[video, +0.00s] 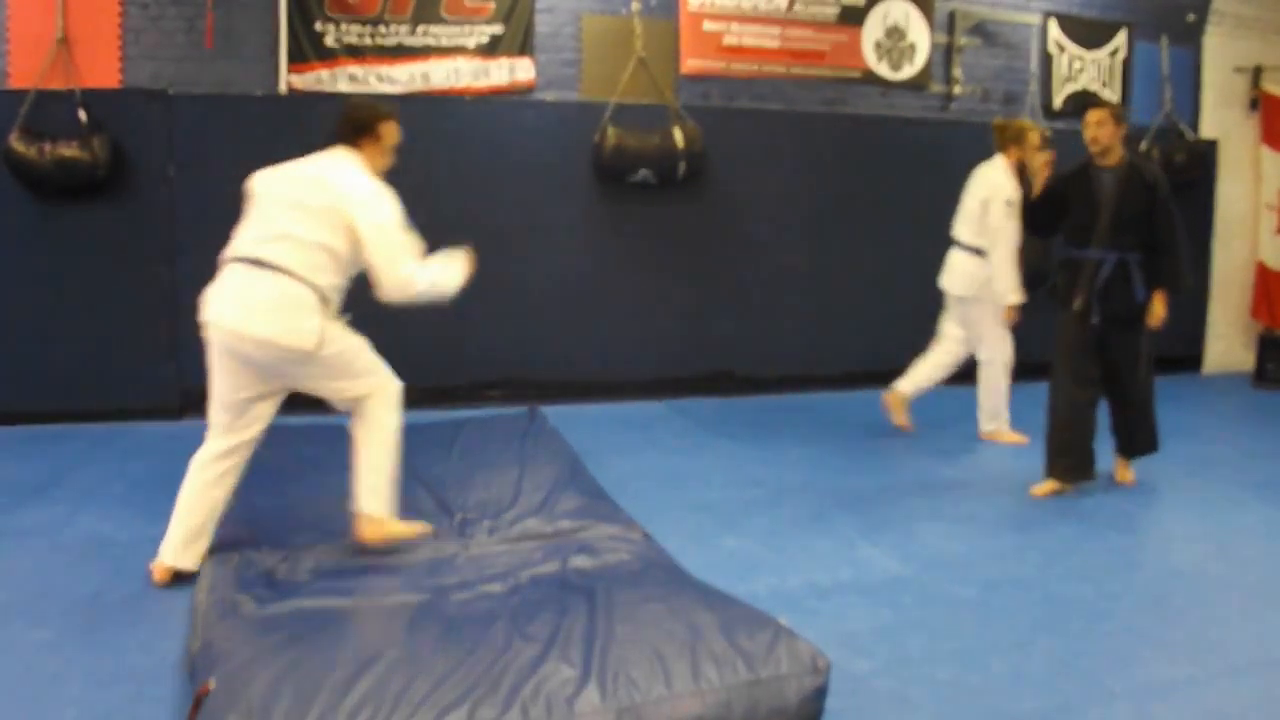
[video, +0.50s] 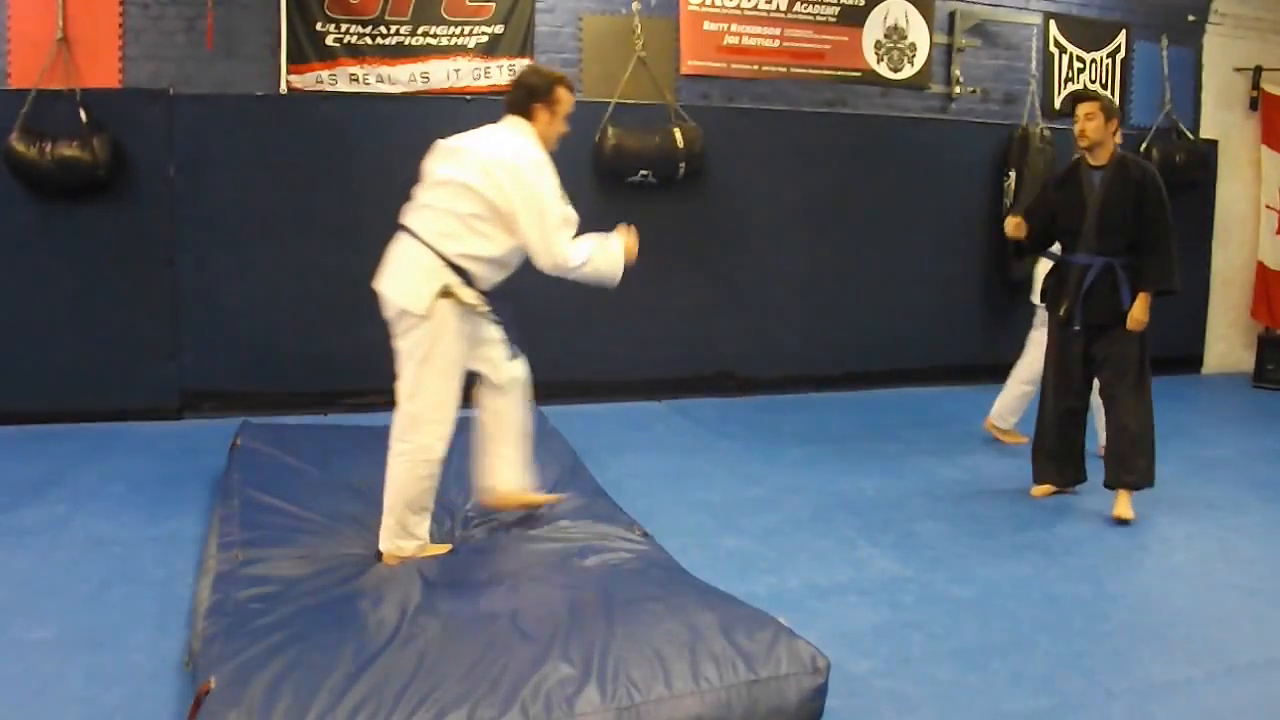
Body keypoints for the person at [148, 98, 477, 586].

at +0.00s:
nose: (396, 158)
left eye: (397, 148)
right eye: (394, 146)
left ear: (345, 135)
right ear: (376, 138)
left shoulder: (279, 175)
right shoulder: (367, 190)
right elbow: (397, 282)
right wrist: (456, 266)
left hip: (224, 305)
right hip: (286, 316)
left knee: (226, 438)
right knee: (378, 391)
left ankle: (175, 558)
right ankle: (375, 519)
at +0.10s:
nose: (440, 149)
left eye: (442, 139)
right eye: (438, 138)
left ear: (391, 126)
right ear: (418, 130)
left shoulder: (326, 160)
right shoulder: (410, 183)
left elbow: (274, 231)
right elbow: (443, 269)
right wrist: (482, 216)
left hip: (268, 292)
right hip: (327, 308)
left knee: (248, 424)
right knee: (392, 425)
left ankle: (176, 537)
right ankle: (402, 544)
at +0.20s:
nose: (479, 146)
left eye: (481, 135)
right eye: (477, 134)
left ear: (435, 123)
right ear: (456, 127)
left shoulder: (365, 152)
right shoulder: (448, 181)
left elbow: (320, 222)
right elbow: (480, 263)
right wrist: (508, 200)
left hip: (300, 287)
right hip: (353, 305)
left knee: (306, 405)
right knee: (413, 429)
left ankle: (210, 481)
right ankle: (401, 542)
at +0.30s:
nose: (513, 137)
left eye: (515, 126)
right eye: (512, 125)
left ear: (466, 113)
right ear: (492, 119)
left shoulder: (403, 142)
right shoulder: (477, 171)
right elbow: (500, 258)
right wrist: (535, 199)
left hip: (328, 272)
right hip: (373, 294)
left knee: (371, 386)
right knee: (409, 427)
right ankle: (401, 540)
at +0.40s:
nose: (537, 136)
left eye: (540, 124)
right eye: (535, 123)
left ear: (496, 113)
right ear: (511, 115)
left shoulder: (447, 140)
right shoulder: (496, 162)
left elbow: (524, 229)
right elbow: (525, 255)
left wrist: (571, 225)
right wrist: (588, 238)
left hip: (372, 271)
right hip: (394, 287)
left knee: (455, 364)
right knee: (410, 417)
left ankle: (386, 454)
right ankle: (398, 540)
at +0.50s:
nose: (566, 129)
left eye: (568, 117)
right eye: (562, 116)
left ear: (525, 110)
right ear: (538, 110)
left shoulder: (475, 140)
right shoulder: (525, 157)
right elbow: (555, 252)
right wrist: (616, 248)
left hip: (417, 276)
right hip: (430, 286)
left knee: (506, 372)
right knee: (426, 416)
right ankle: (403, 540)